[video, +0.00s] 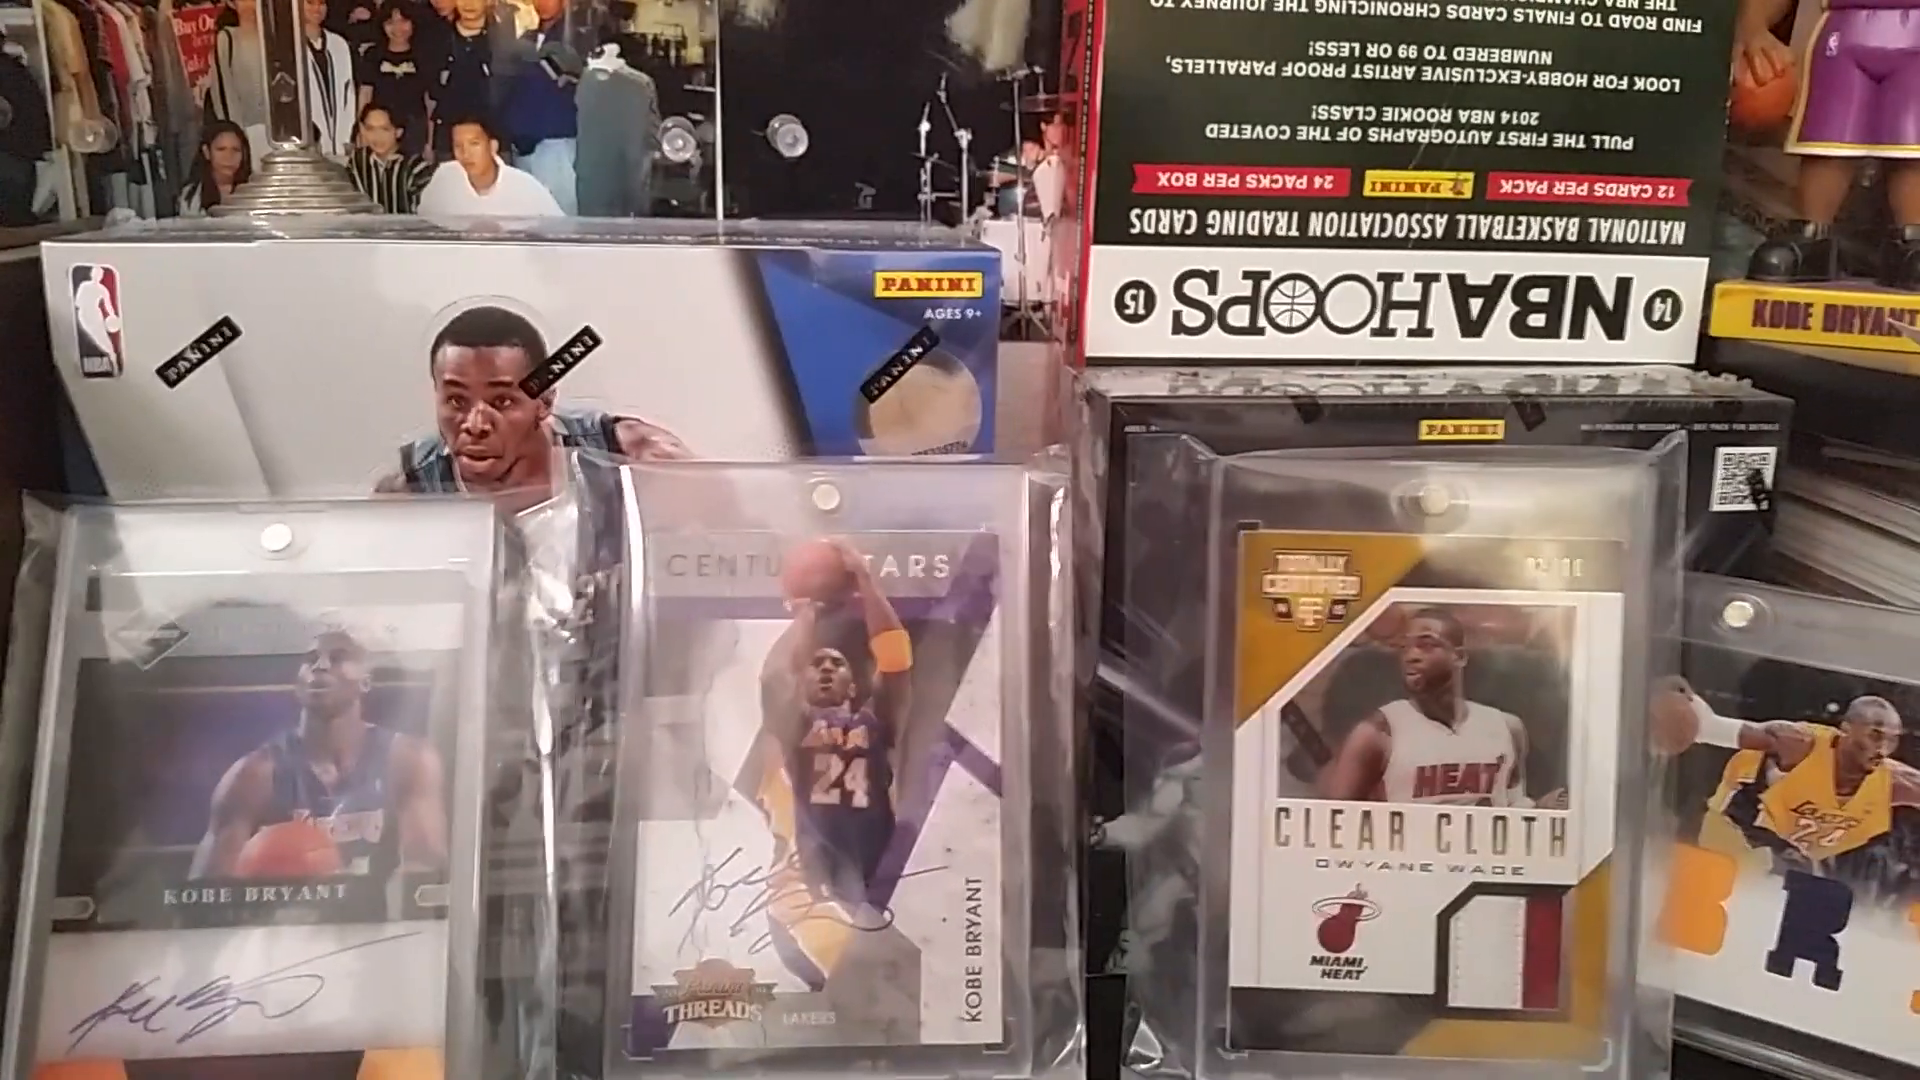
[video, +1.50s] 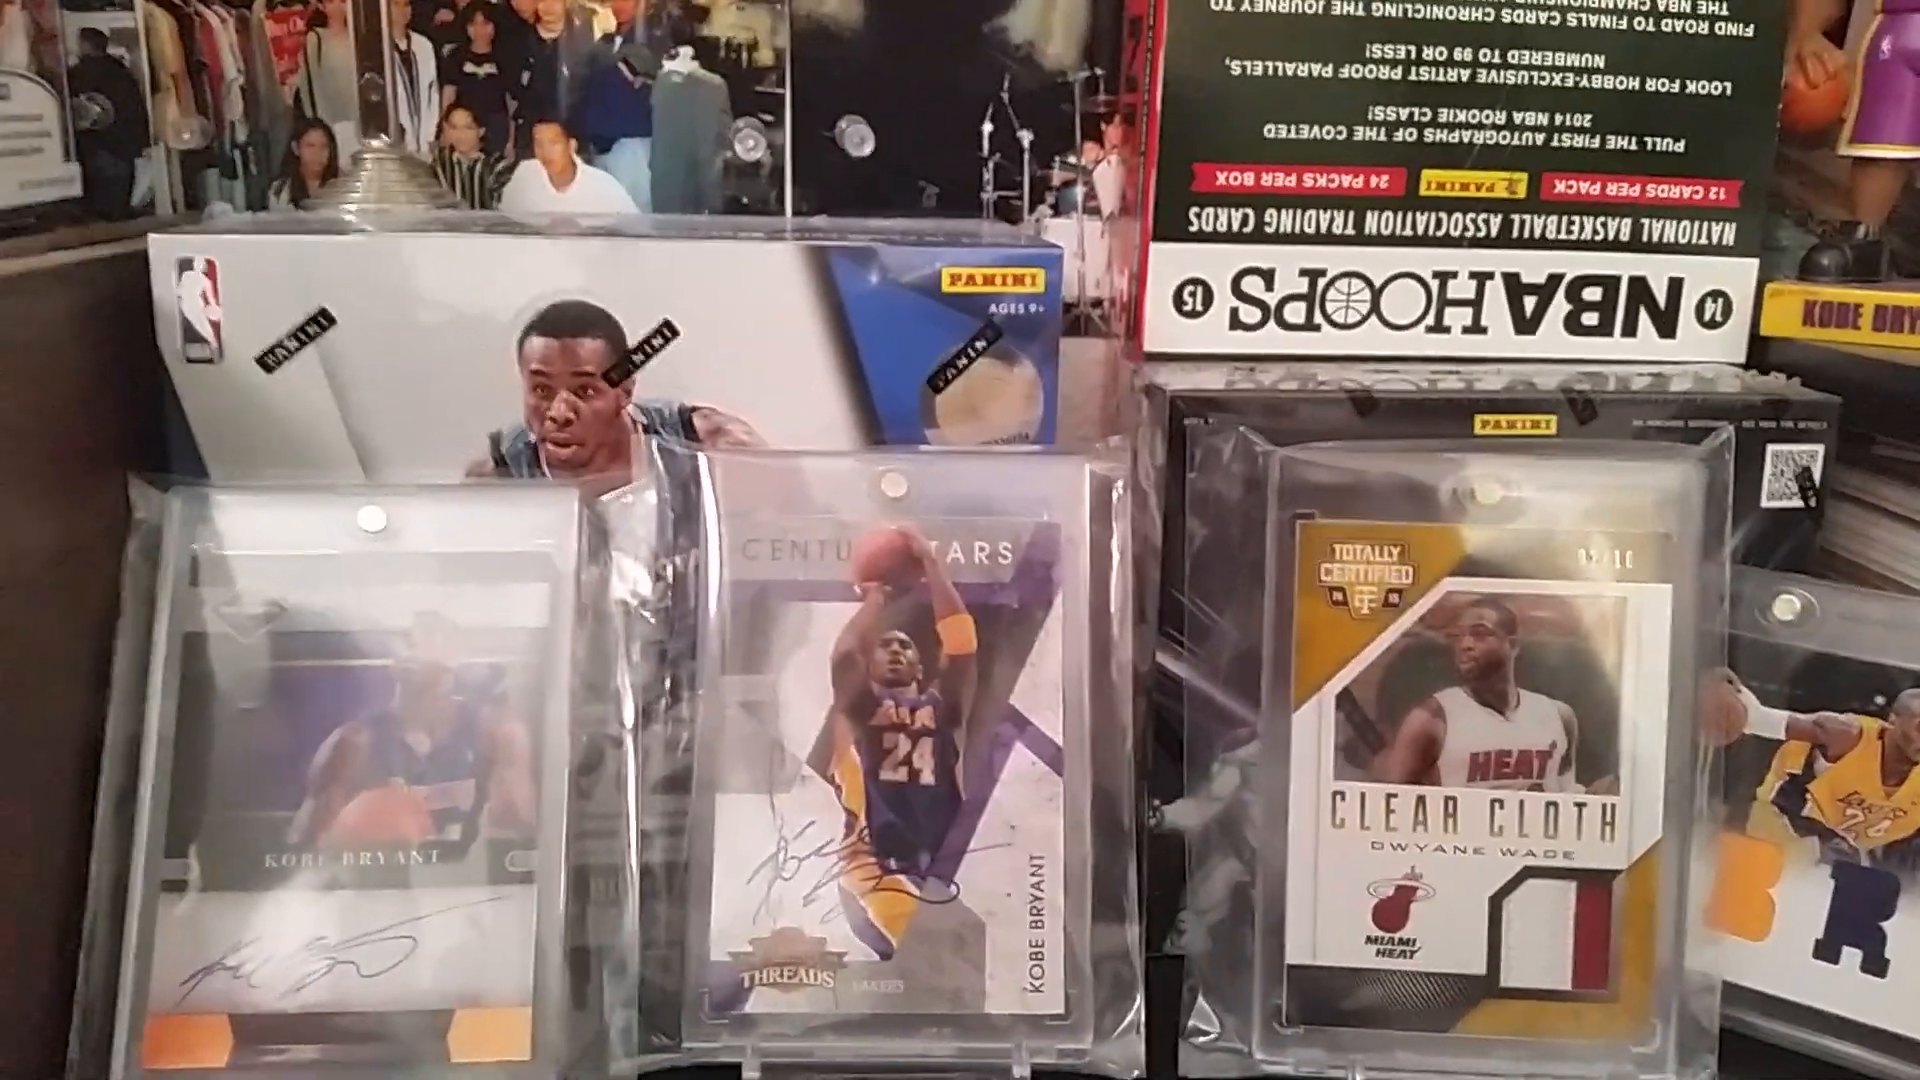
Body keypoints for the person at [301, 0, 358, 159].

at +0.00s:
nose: (318, 8)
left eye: (322, 3)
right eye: (311, 3)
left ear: (326, 8)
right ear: (299, 6)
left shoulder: (341, 44)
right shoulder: (292, 47)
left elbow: (350, 91)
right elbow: (290, 98)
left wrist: (348, 137)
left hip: (343, 144)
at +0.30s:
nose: (291, 10)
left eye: (295, 4)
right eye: (284, 4)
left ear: (300, 9)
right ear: (272, 7)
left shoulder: (313, 45)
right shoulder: (265, 48)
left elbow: (323, 92)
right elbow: (263, 98)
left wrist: (320, 138)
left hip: (314, 143)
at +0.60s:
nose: (311, 9)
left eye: (316, 4)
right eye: (305, 3)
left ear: (321, 8)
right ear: (293, 6)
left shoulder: (333, 43)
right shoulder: (287, 46)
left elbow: (343, 90)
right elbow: (286, 95)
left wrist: (340, 136)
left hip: (334, 141)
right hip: (305, 143)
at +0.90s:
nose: (334, 10)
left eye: (338, 4)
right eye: (326, 4)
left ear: (342, 8)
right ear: (315, 7)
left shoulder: (355, 44)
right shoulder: (309, 47)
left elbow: (365, 91)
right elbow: (307, 97)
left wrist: (362, 137)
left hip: (357, 143)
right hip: (326, 144)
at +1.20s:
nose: (348, 11)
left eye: (352, 5)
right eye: (341, 5)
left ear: (357, 9)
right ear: (331, 8)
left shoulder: (370, 45)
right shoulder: (324, 48)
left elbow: (380, 91)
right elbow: (322, 96)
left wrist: (378, 136)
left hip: (372, 142)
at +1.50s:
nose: (405, 10)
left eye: (407, 4)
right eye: (398, 4)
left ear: (410, 9)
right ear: (386, 10)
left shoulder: (425, 45)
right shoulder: (379, 49)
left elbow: (434, 91)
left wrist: (431, 133)